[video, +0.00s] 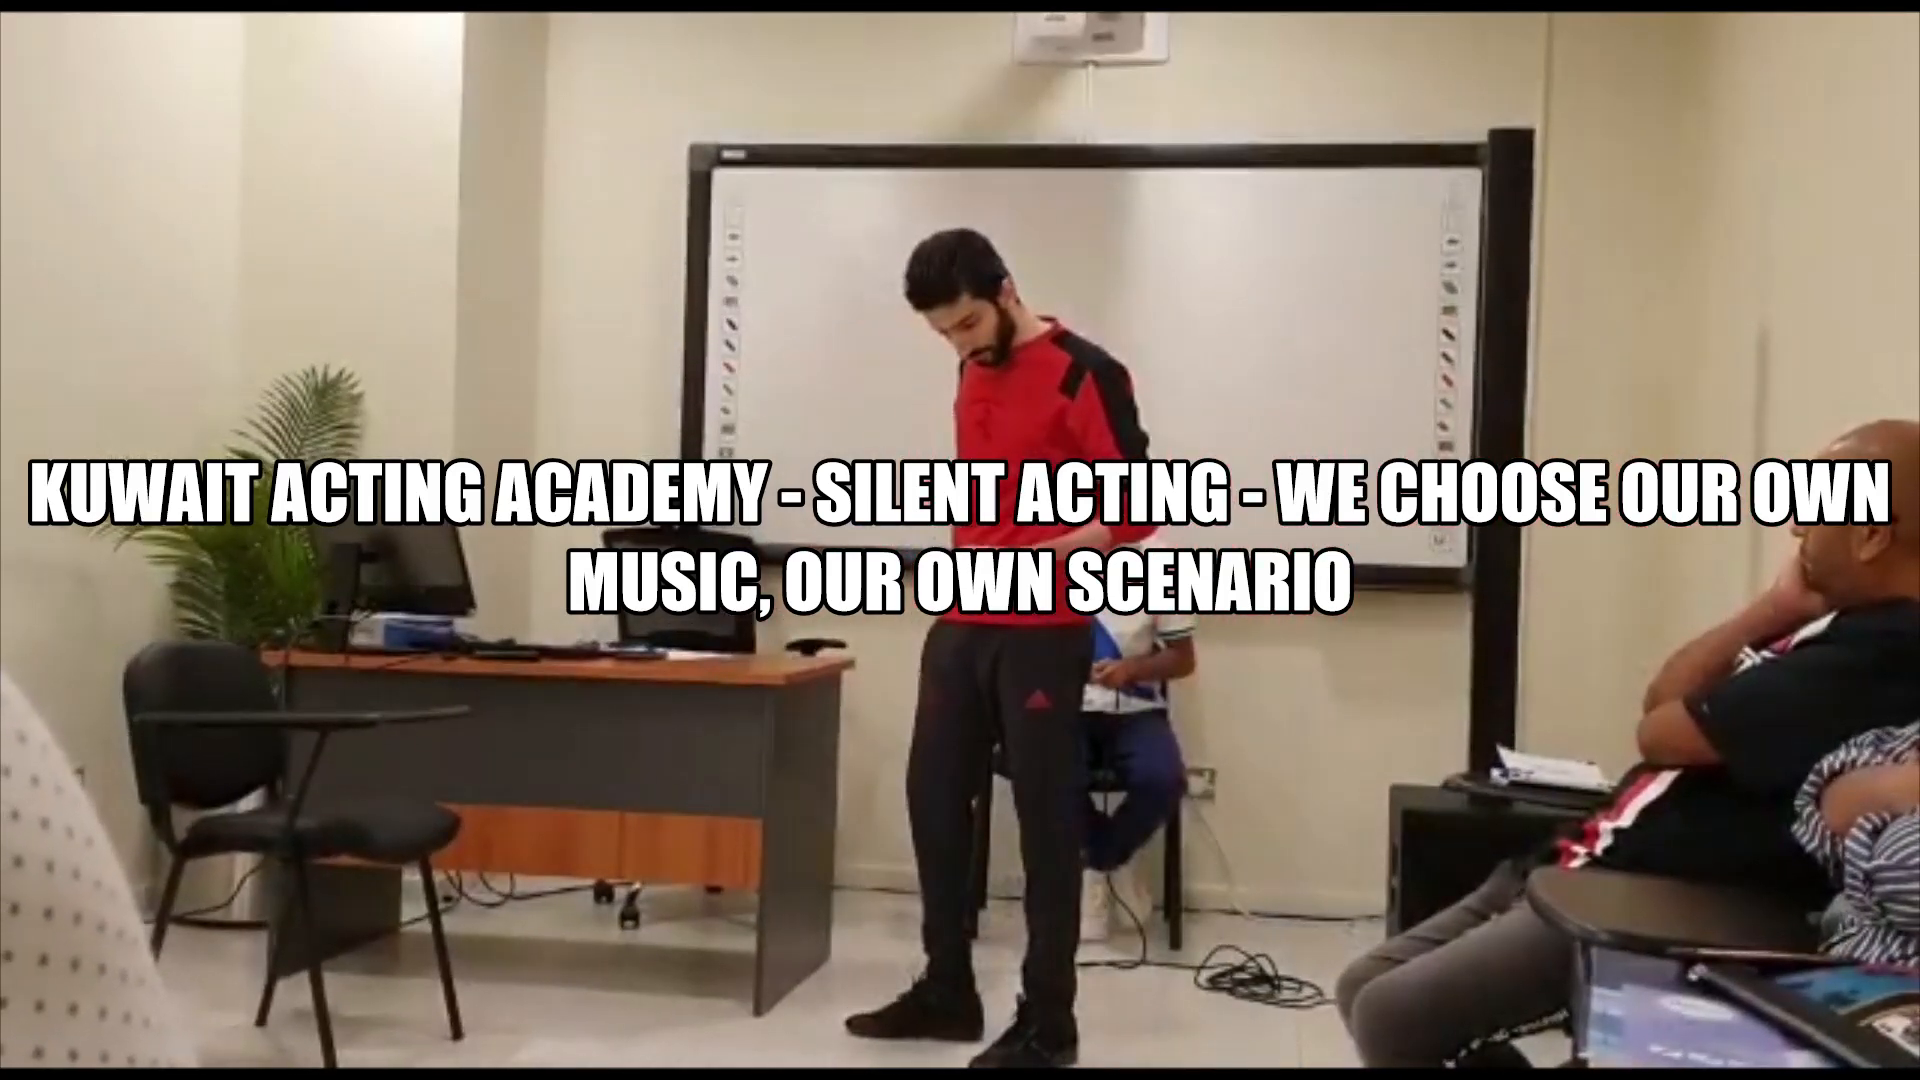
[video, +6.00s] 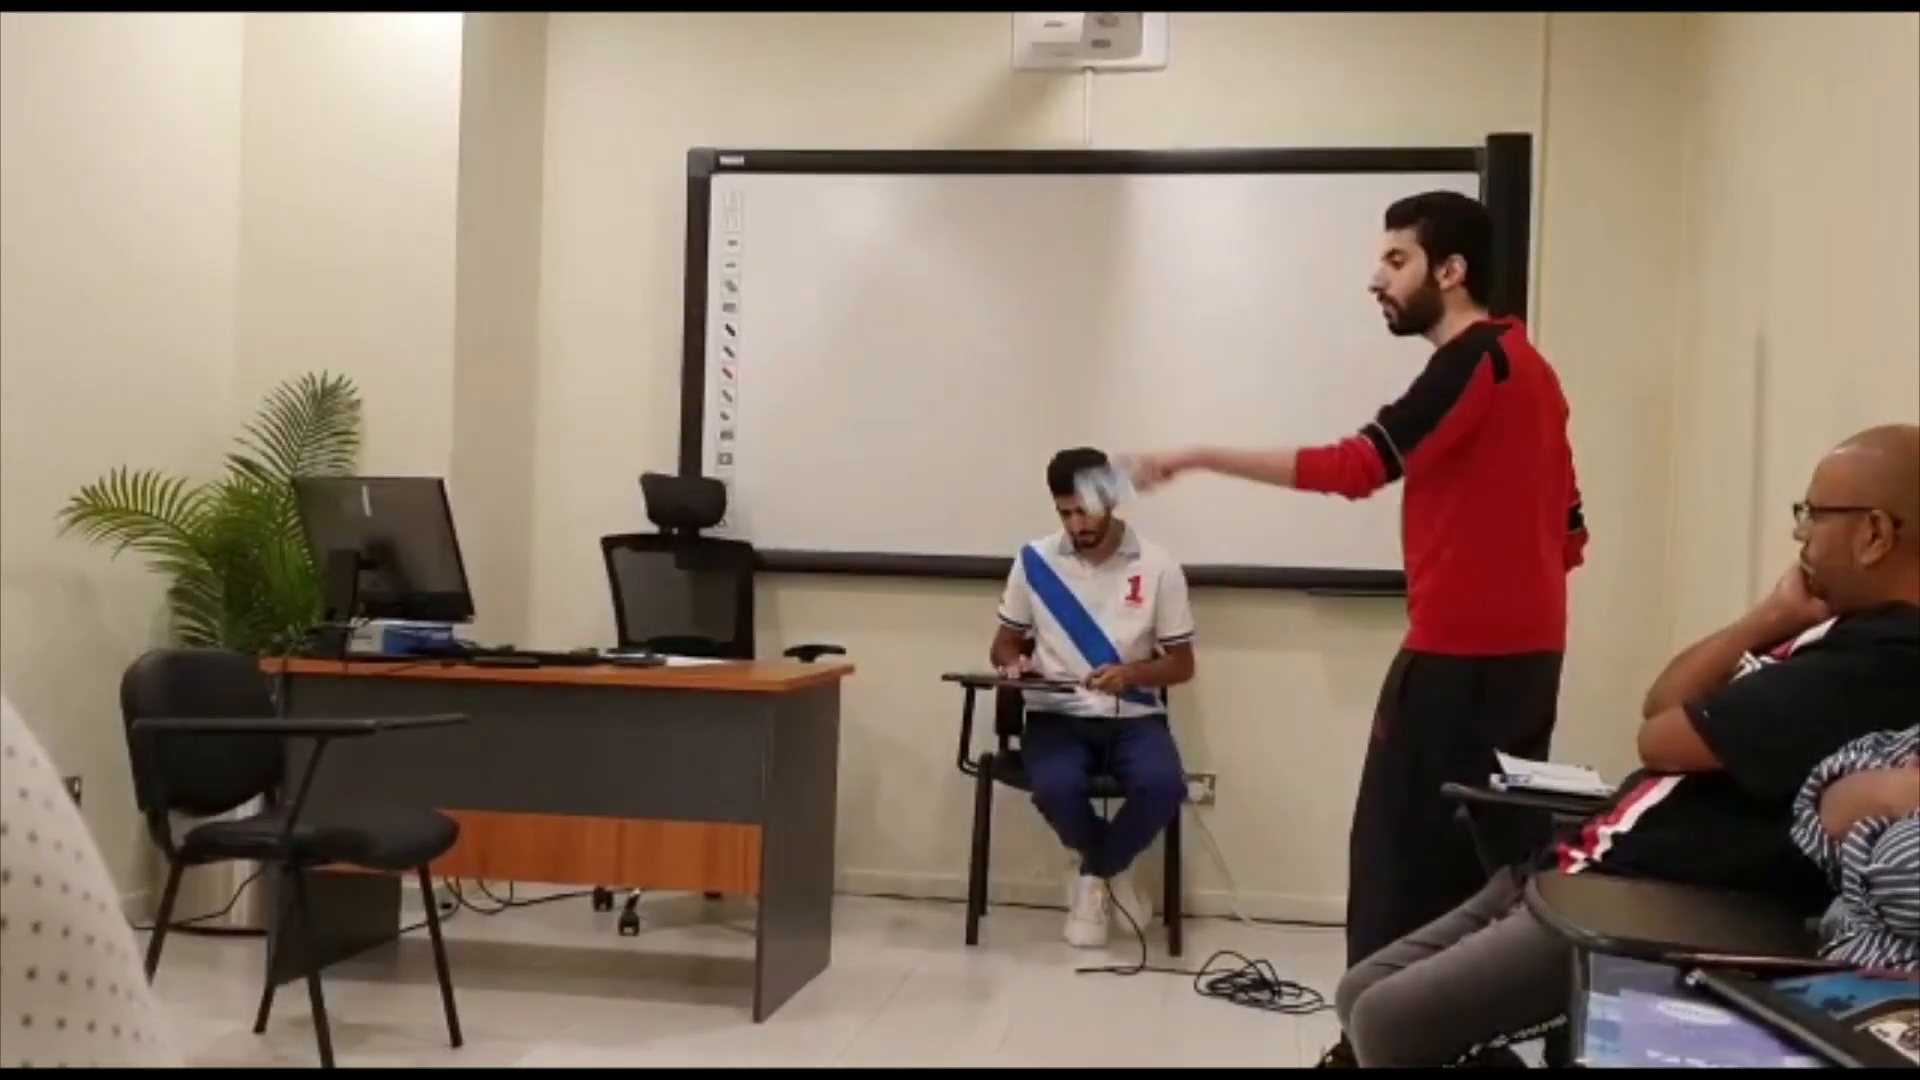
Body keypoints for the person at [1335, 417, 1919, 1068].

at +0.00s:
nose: (1798, 535)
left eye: (1816, 513)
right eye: (1803, 513)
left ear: (1877, 534)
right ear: (1876, 536)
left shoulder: (1883, 647)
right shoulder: (1848, 625)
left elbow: (1664, 737)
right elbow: (1666, 695)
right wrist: (1783, 604)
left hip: (1640, 903)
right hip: (1589, 861)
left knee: (1388, 1017)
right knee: (1363, 985)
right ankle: (1491, 1061)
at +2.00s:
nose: (1796, 538)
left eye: (1807, 517)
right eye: (1799, 516)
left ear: (1874, 532)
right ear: (1874, 532)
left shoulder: (1881, 651)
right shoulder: (1848, 628)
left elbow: (1663, 744)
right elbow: (1661, 702)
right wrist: (1778, 612)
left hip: (1640, 906)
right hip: (1586, 863)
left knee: (1388, 1022)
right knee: (1364, 987)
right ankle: (1486, 1060)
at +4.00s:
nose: (1800, 536)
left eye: (1814, 516)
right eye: (1805, 516)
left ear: (1879, 534)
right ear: (1879, 534)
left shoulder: (1882, 653)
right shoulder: (1853, 629)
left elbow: (1666, 744)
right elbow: (1663, 703)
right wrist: (1781, 612)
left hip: (1637, 910)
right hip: (1589, 867)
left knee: (1389, 1024)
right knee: (1364, 989)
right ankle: (1511, 1058)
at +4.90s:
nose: (1800, 537)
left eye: (1813, 517)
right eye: (1804, 516)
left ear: (1880, 534)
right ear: (1880, 535)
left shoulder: (1882, 654)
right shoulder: (1856, 630)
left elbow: (1667, 745)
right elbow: (1665, 705)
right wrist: (1781, 614)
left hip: (1635, 909)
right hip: (1585, 866)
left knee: (1387, 1023)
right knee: (1366, 989)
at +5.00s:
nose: (1800, 536)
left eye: (1813, 516)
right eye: (1805, 515)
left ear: (1880, 535)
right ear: (1880, 535)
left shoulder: (1880, 655)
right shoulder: (1857, 630)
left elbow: (1667, 744)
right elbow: (1666, 706)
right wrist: (1781, 614)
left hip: (1631, 910)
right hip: (1582, 867)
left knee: (1388, 1023)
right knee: (1367, 991)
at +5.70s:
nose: (1799, 535)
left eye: (1811, 516)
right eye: (1803, 515)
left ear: (1878, 534)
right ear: (1879, 534)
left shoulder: (1879, 654)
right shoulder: (1853, 628)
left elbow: (1664, 743)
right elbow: (1663, 702)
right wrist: (1780, 612)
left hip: (1626, 909)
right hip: (1578, 866)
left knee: (1385, 1023)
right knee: (1362, 990)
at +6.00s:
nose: (1799, 538)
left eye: (1811, 518)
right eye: (1803, 518)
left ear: (1878, 534)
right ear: (1879, 534)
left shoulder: (1882, 656)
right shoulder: (1853, 631)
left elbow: (1663, 743)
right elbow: (1662, 704)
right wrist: (1779, 614)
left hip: (1626, 907)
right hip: (1579, 863)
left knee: (1383, 1024)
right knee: (1363, 989)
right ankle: (1474, 1062)